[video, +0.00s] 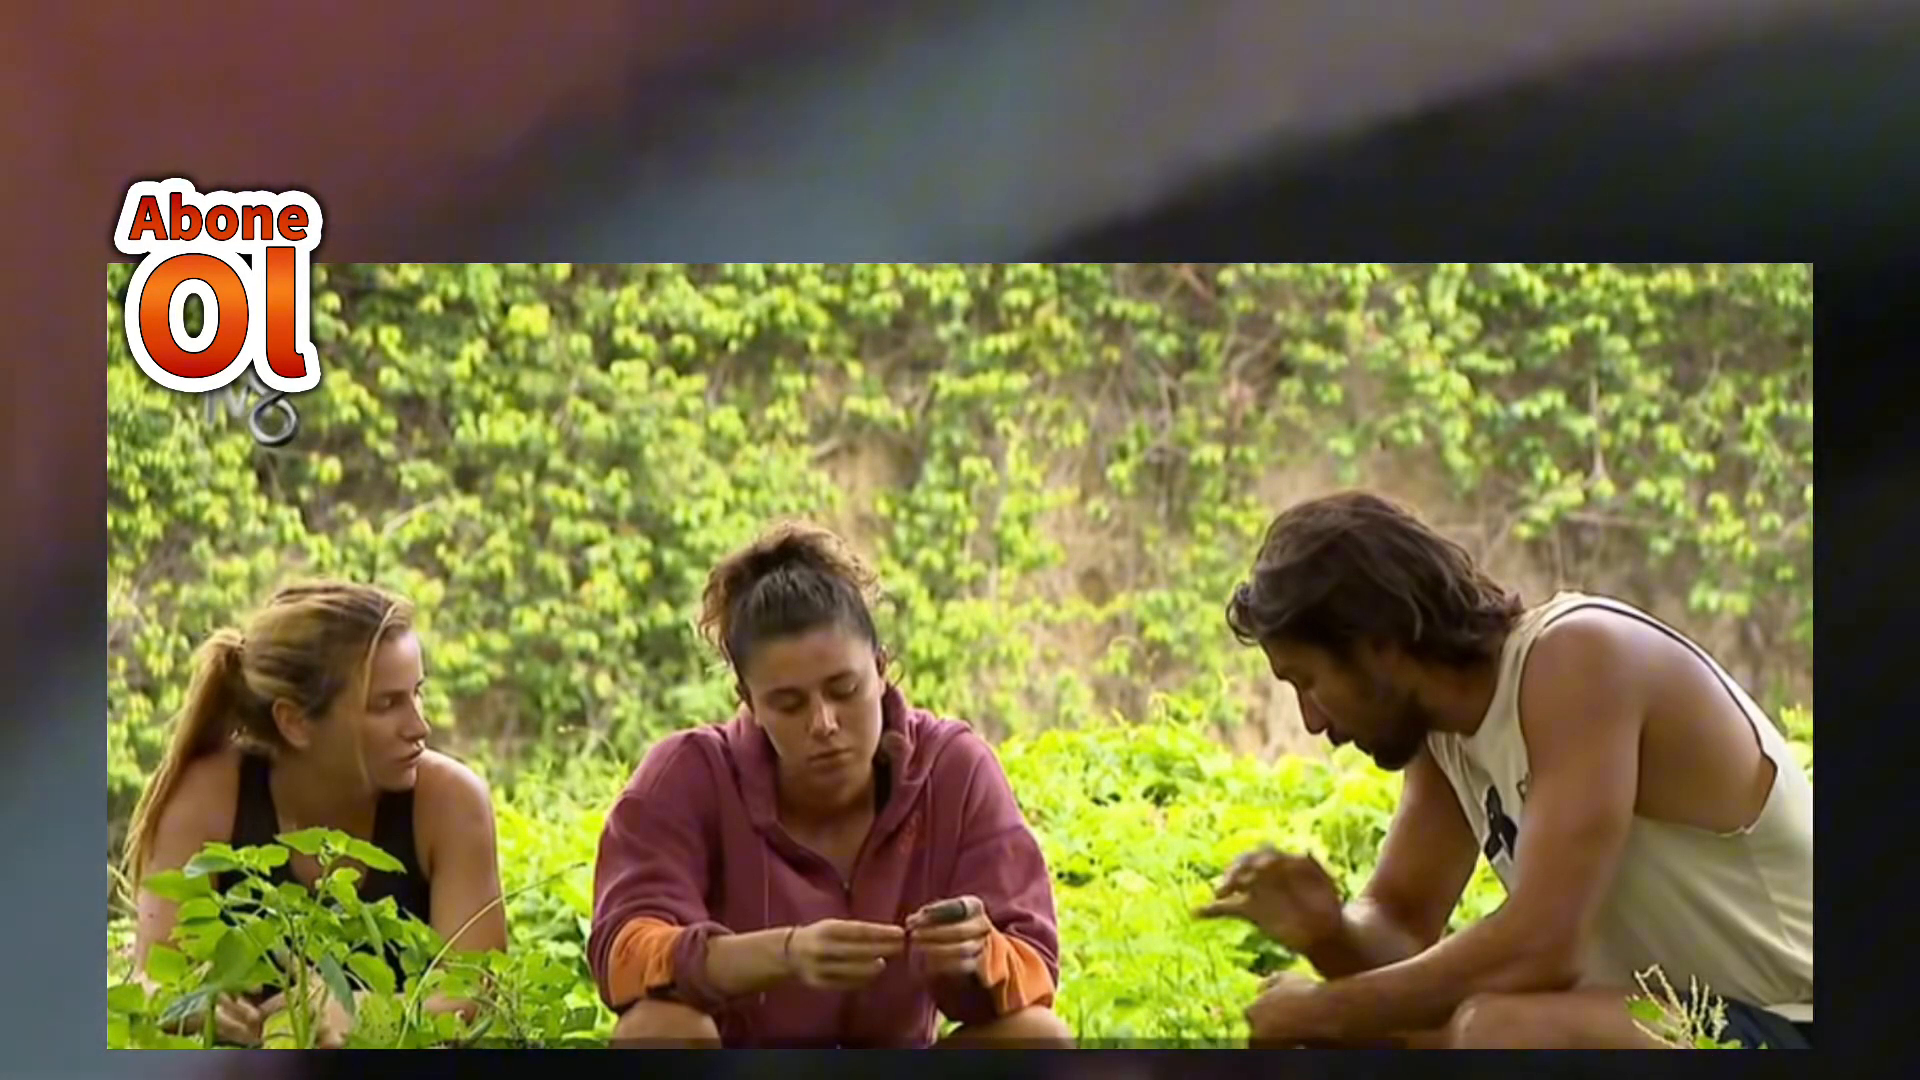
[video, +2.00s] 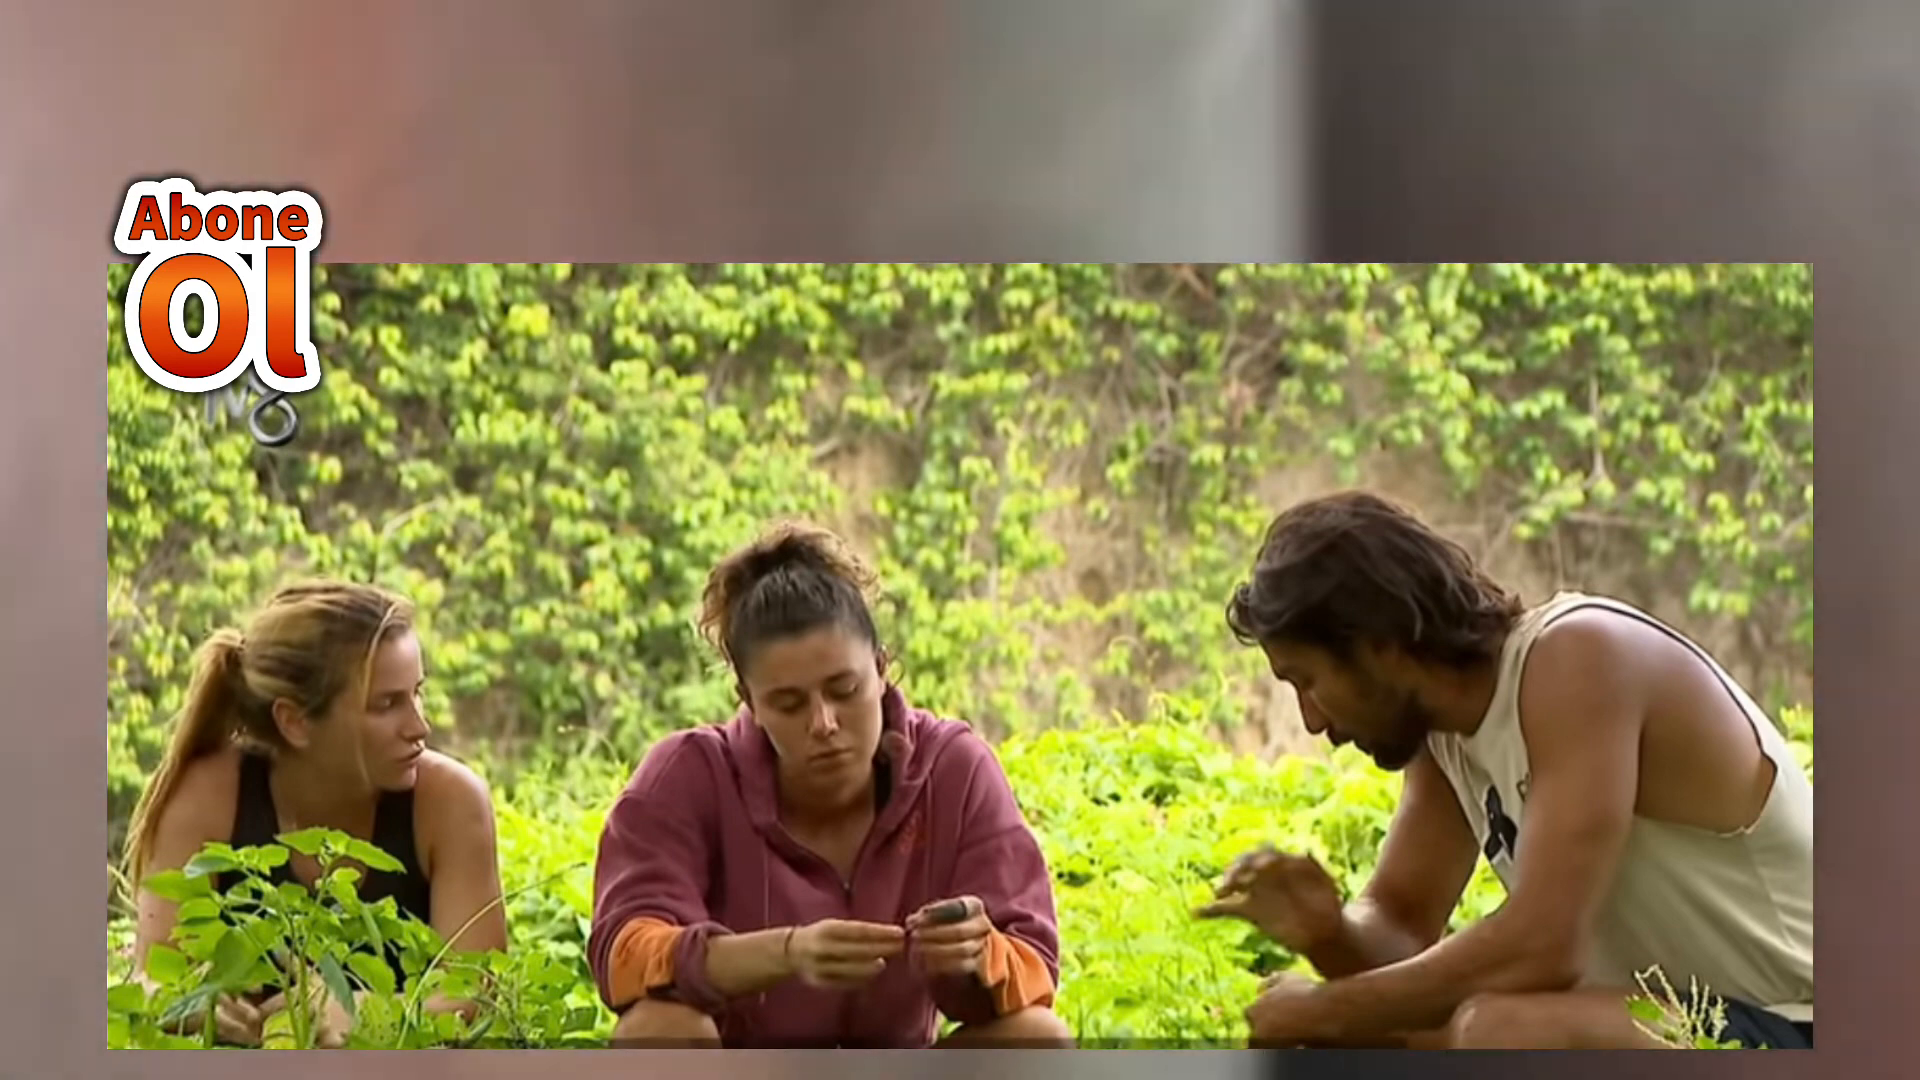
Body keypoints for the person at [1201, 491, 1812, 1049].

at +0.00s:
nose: (1311, 724)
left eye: (1306, 687)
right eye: (1296, 693)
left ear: (1382, 643)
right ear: (1382, 643)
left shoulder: (1585, 656)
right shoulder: (1450, 730)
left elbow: (1539, 951)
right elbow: (1403, 926)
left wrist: (1326, 1014)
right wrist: (1330, 932)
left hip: (1788, 1014)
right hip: (1658, 1001)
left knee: (1500, 1026)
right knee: (1387, 1026)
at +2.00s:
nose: (1311, 723)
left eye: (1306, 686)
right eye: (1295, 693)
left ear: (1383, 642)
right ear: (1383, 643)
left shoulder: (1584, 656)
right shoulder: (1450, 730)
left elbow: (1539, 950)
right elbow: (1403, 924)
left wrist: (1325, 1015)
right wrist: (1330, 933)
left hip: (1789, 1019)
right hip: (1658, 1003)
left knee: (1501, 1025)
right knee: (1379, 1026)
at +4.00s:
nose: (1312, 724)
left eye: (1306, 687)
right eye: (1296, 693)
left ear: (1383, 644)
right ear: (1383, 644)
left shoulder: (1584, 657)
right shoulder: (1450, 729)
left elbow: (1539, 950)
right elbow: (1403, 927)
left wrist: (1324, 1014)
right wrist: (1330, 932)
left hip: (1790, 1019)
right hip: (1653, 1003)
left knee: (1502, 1027)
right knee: (1377, 1029)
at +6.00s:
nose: (1310, 723)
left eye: (1305, 686)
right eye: (1295, 692)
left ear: (1385, 642)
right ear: (1385, 644)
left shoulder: (1584, 656)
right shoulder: (1451, 732)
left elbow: (1540, 950)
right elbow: (1402, 924)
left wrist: (1324, 1015)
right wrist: (1330, 934)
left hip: (1791, 1012)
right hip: (1656, 1001)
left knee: (1501, 1024)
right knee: (1382, 1027)